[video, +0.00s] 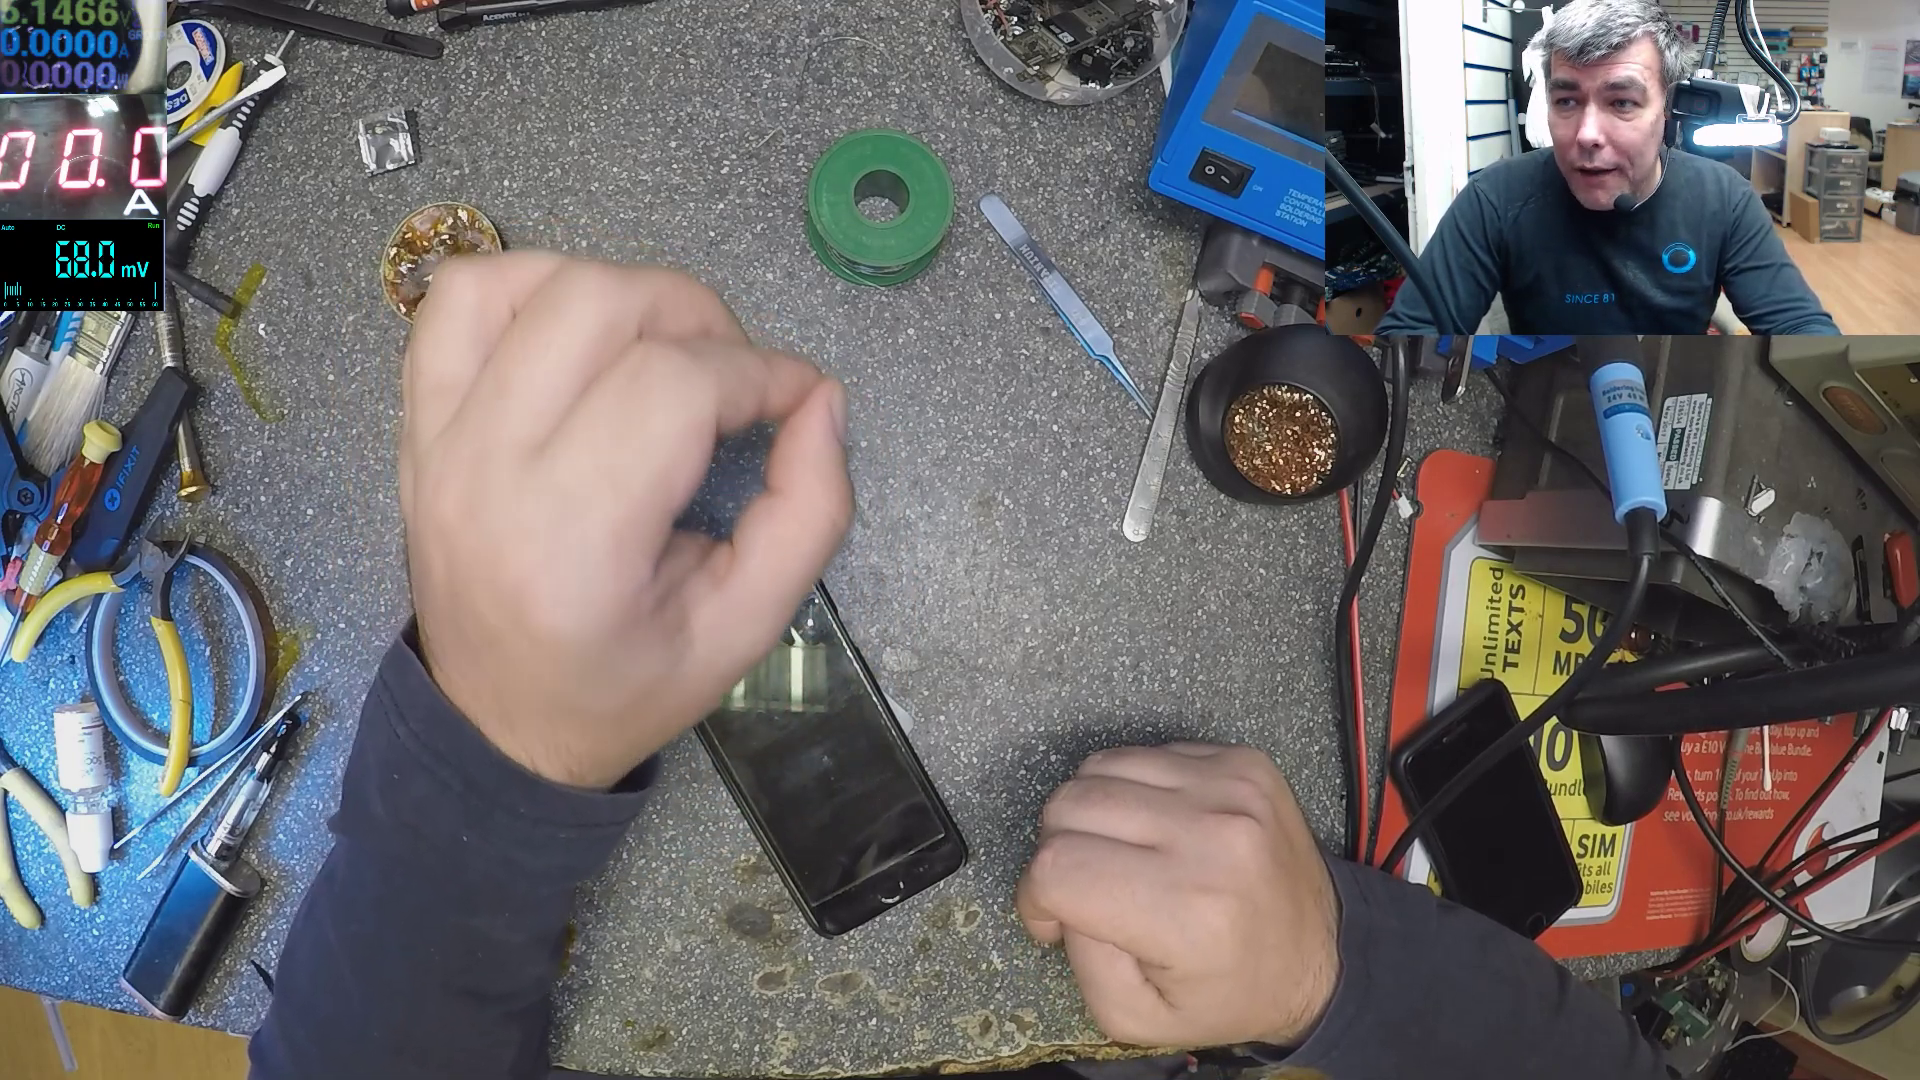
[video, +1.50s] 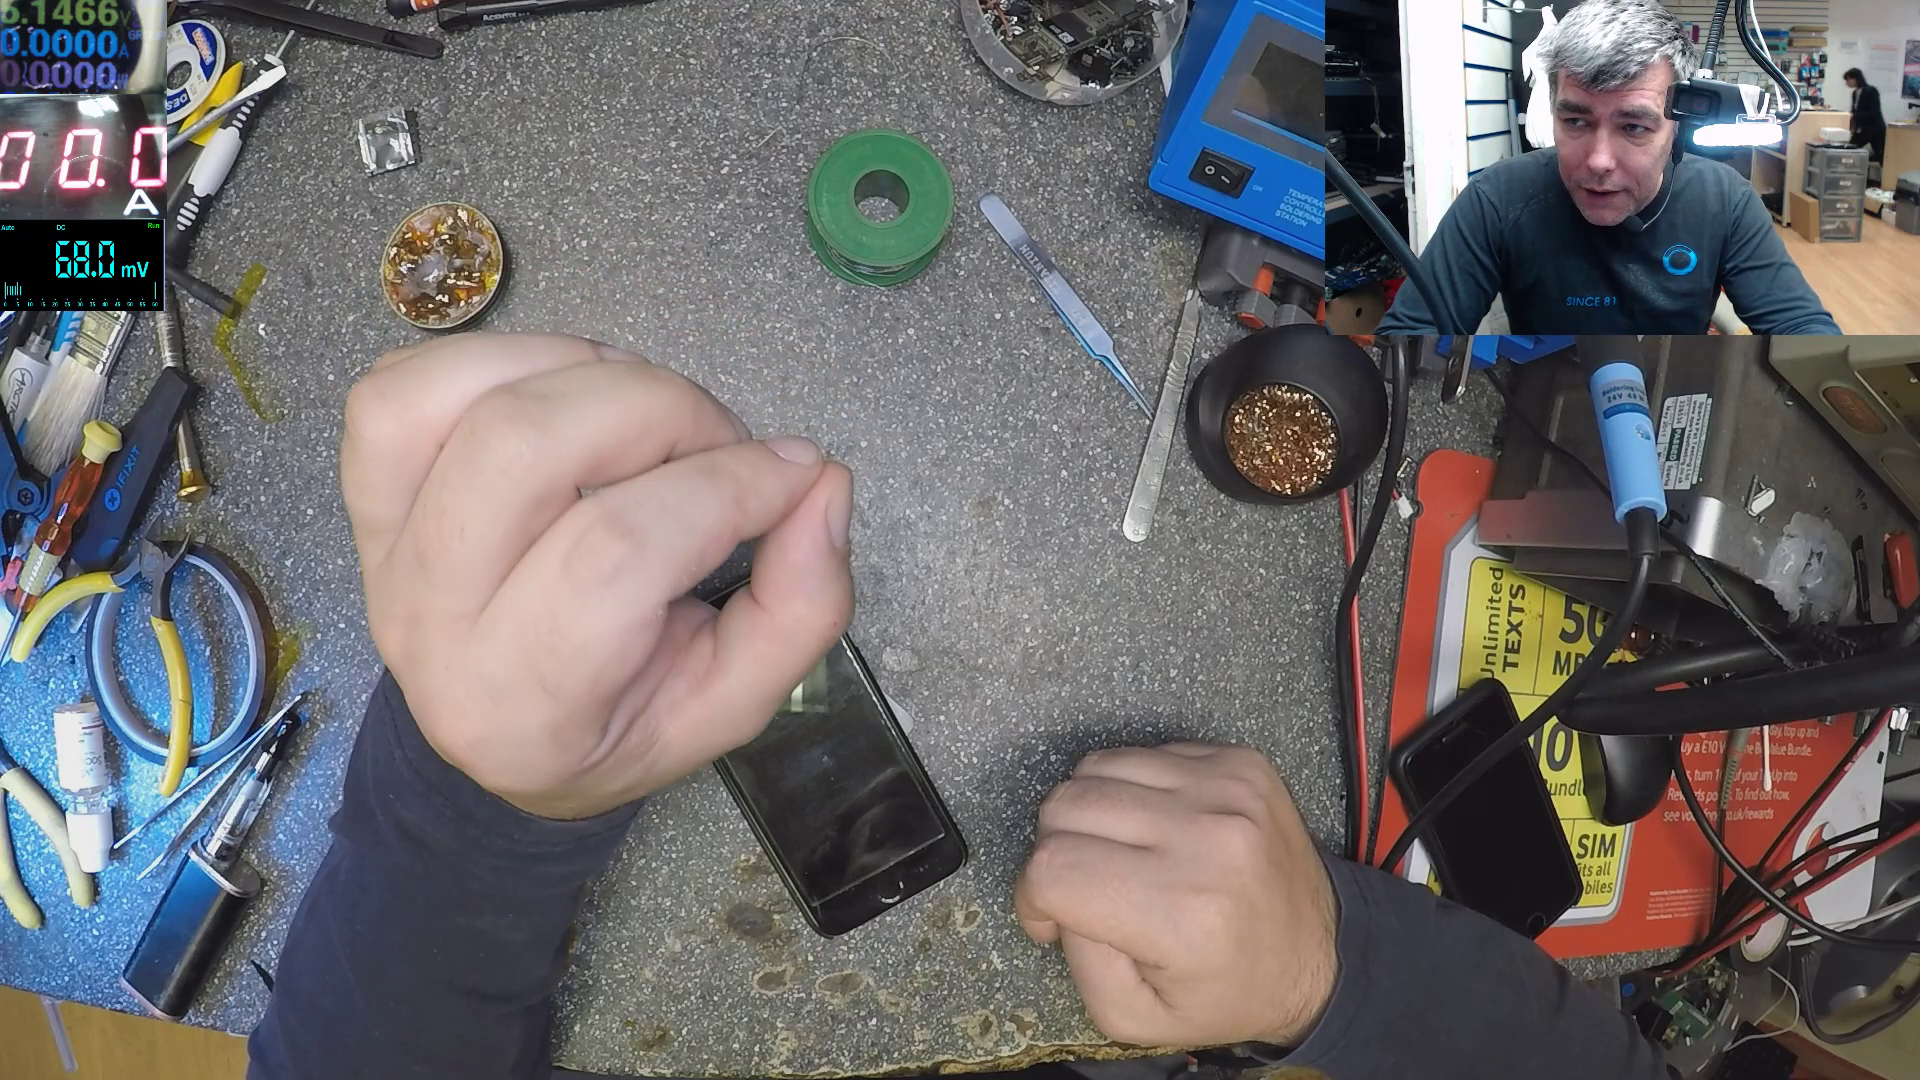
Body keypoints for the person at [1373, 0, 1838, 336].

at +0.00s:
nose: (1589, 135)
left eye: (1623, 103)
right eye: (1568, 101)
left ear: (1666, 111)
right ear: (1545, 108)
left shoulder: (1721, 200)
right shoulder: (1496, 203)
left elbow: (1802, 329)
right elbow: (1407, 337)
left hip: (1681, 419)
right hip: (1544, 420)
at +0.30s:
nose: (1586, 151)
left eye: (1622, 118)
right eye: (1566, 113)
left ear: (1667, 118)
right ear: (1543, 110)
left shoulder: (1721, 200)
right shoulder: (1496, 203)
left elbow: (1802, 327)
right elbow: (1406, 337)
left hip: (1681, 424)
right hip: (1545, 426)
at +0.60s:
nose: (1592, 150)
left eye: (1625, 115)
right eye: (1569, 111)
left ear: (1666, 115)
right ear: (1543, 110)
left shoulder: (1720, 199)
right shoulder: (1496, 203)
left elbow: (1802, 328)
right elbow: (1407, 338)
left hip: (1680, 425)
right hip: (1544, 426)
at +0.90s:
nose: (1593, 149)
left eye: (1626, 115)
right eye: (1570, 110)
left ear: (1666, 116)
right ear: (1544, 110)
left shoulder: (1720, 199)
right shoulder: (1496, 203)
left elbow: (1802, 327)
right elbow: (1407, 336)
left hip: (1681, 421)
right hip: (1545, 424)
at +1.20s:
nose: (1593, 153)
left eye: (1627, 120)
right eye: (1570, 115)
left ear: (1667, 119)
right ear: (1545, 112)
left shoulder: (1721, 200)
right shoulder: (1496, 203)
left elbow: (1800, 327)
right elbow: (1406, 336)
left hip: (1680, 416)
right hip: (1545, 418)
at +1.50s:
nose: (1600, 161)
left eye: (1634, 127)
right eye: (1577, 121)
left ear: (1672, 122)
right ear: (1550, 113)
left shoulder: (1722, 201)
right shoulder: (1497, 203)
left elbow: (1803, 328)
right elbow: (1406, 336)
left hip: (1681, 417)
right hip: (1546, 419)